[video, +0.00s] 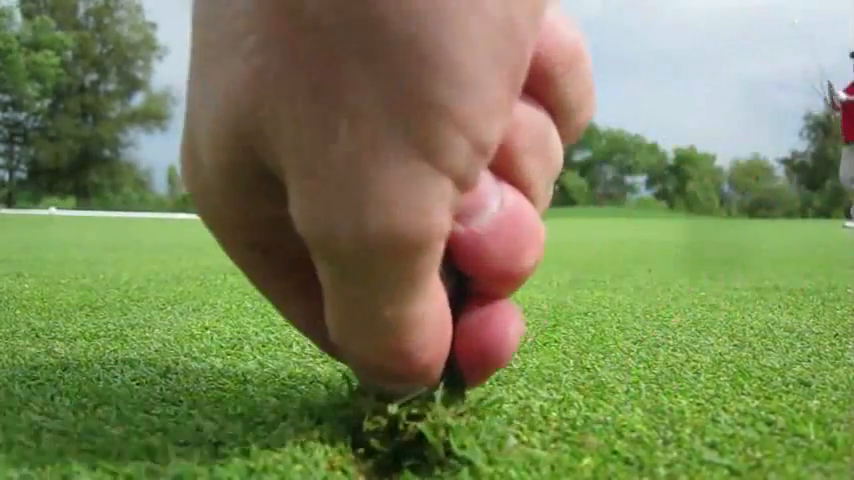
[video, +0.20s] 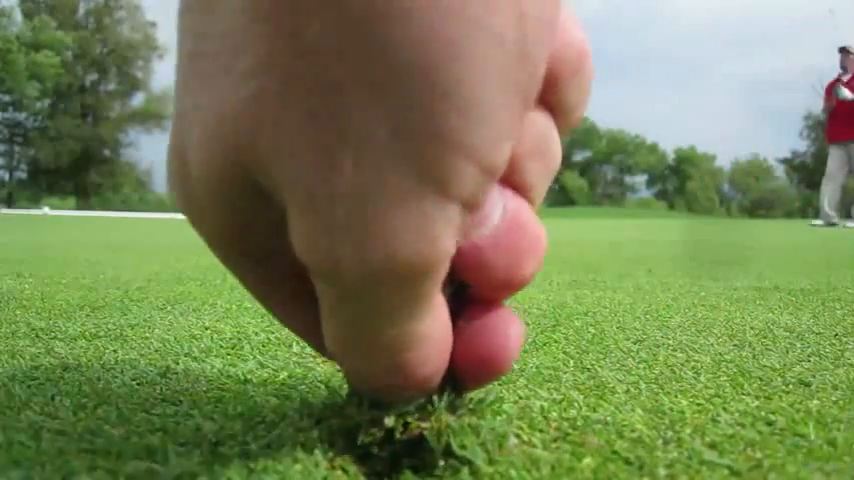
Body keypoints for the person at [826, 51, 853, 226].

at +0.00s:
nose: (851, 61)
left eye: (852, 58)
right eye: (851, 58)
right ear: (850, 61)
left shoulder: (849, 89)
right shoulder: (848, 88)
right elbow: (840, 107)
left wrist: (844, 97)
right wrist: (835, 101)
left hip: (849, 140)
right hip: (847, 140)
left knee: (846, 178)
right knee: (845, 178)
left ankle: (850, 215)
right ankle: (850, 214)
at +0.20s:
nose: (843, 60)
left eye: (846, 56)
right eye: (841, 56)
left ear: (853, 60)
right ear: (839, 59)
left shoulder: (850, 83)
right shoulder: (833, 85)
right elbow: (825, 111)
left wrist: (849, 97)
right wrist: (832, 100)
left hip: (848, 136)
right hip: (838, 137)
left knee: (837, 176)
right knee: (832, 176)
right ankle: (827, 215)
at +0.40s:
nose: (825, 60)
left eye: (829, 57)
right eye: (823, 57)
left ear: (836, 60)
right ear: (820, 60)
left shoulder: (848, 81)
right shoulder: (812, 86)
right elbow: (807, 113)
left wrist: (850, 102)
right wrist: (825, 105)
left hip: (846, 139)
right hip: (821, 140)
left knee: (850, 180)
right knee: (817, 178)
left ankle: (851, 217)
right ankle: (808, 214)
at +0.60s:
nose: (806, 58)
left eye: (809, 54)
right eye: (803, 55)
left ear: (816, 57)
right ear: (799, 58)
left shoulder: (828, 77)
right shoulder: (791, 83)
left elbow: (840, 100)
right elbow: (783, 109)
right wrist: (800, 112)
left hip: (825, 134)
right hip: (801, 136)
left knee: (826, 173)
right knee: (799, 178)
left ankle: (846, 209)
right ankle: (805, 216)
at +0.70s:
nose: (798, 56)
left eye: (801, 52)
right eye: (795, 53)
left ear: (807, 54)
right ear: (791, 56)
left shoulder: (820, 75)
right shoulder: (784, 81)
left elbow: (832, 97)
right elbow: (773, 106)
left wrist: (839, 97)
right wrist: (787, 110)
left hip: (816, 130)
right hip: (793, 133)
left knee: (808, 169)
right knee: (792, 176)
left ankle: (826, 207)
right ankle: (804, 215)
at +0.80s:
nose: (791, 55)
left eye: (793, 52)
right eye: (787, 52)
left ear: (799, 54)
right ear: (783, 55)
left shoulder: (811, 73)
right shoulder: (776, 80)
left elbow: (825, 95)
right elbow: (765, 104)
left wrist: (838, 92)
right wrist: (775, 110)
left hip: (807, 127)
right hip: (786, 130)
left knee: (793, 168)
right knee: (791, 173)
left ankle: (800, 212)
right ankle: (806, 213)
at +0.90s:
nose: (782, 56)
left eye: (785, 52)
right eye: (779, 53)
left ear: (791, 54)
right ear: (775, 56)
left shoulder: (802, 73)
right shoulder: (768, 80)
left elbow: (817, 93)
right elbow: (759, 104)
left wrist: (831, 94)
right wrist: (763, 114)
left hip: (798, 129)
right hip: (778, 131)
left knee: (784, 170)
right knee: (792, 174)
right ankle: (805, 215)